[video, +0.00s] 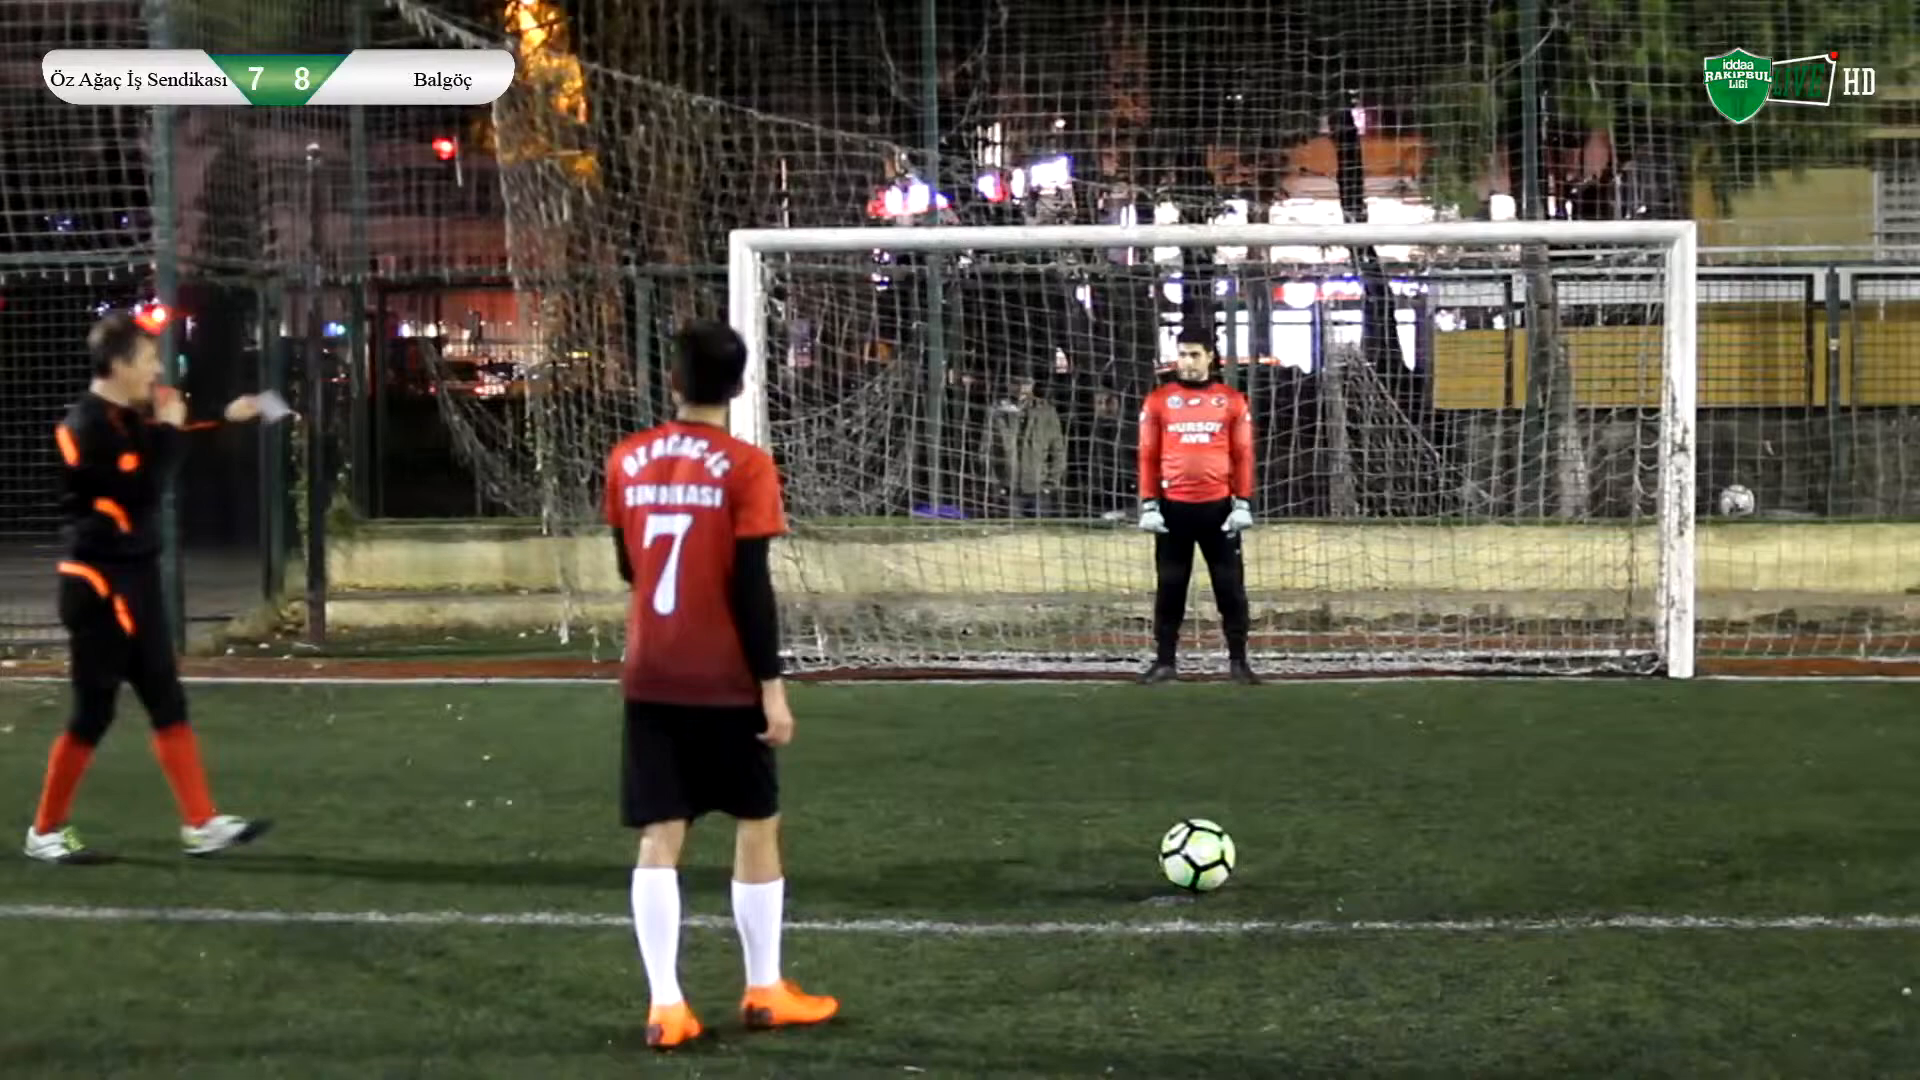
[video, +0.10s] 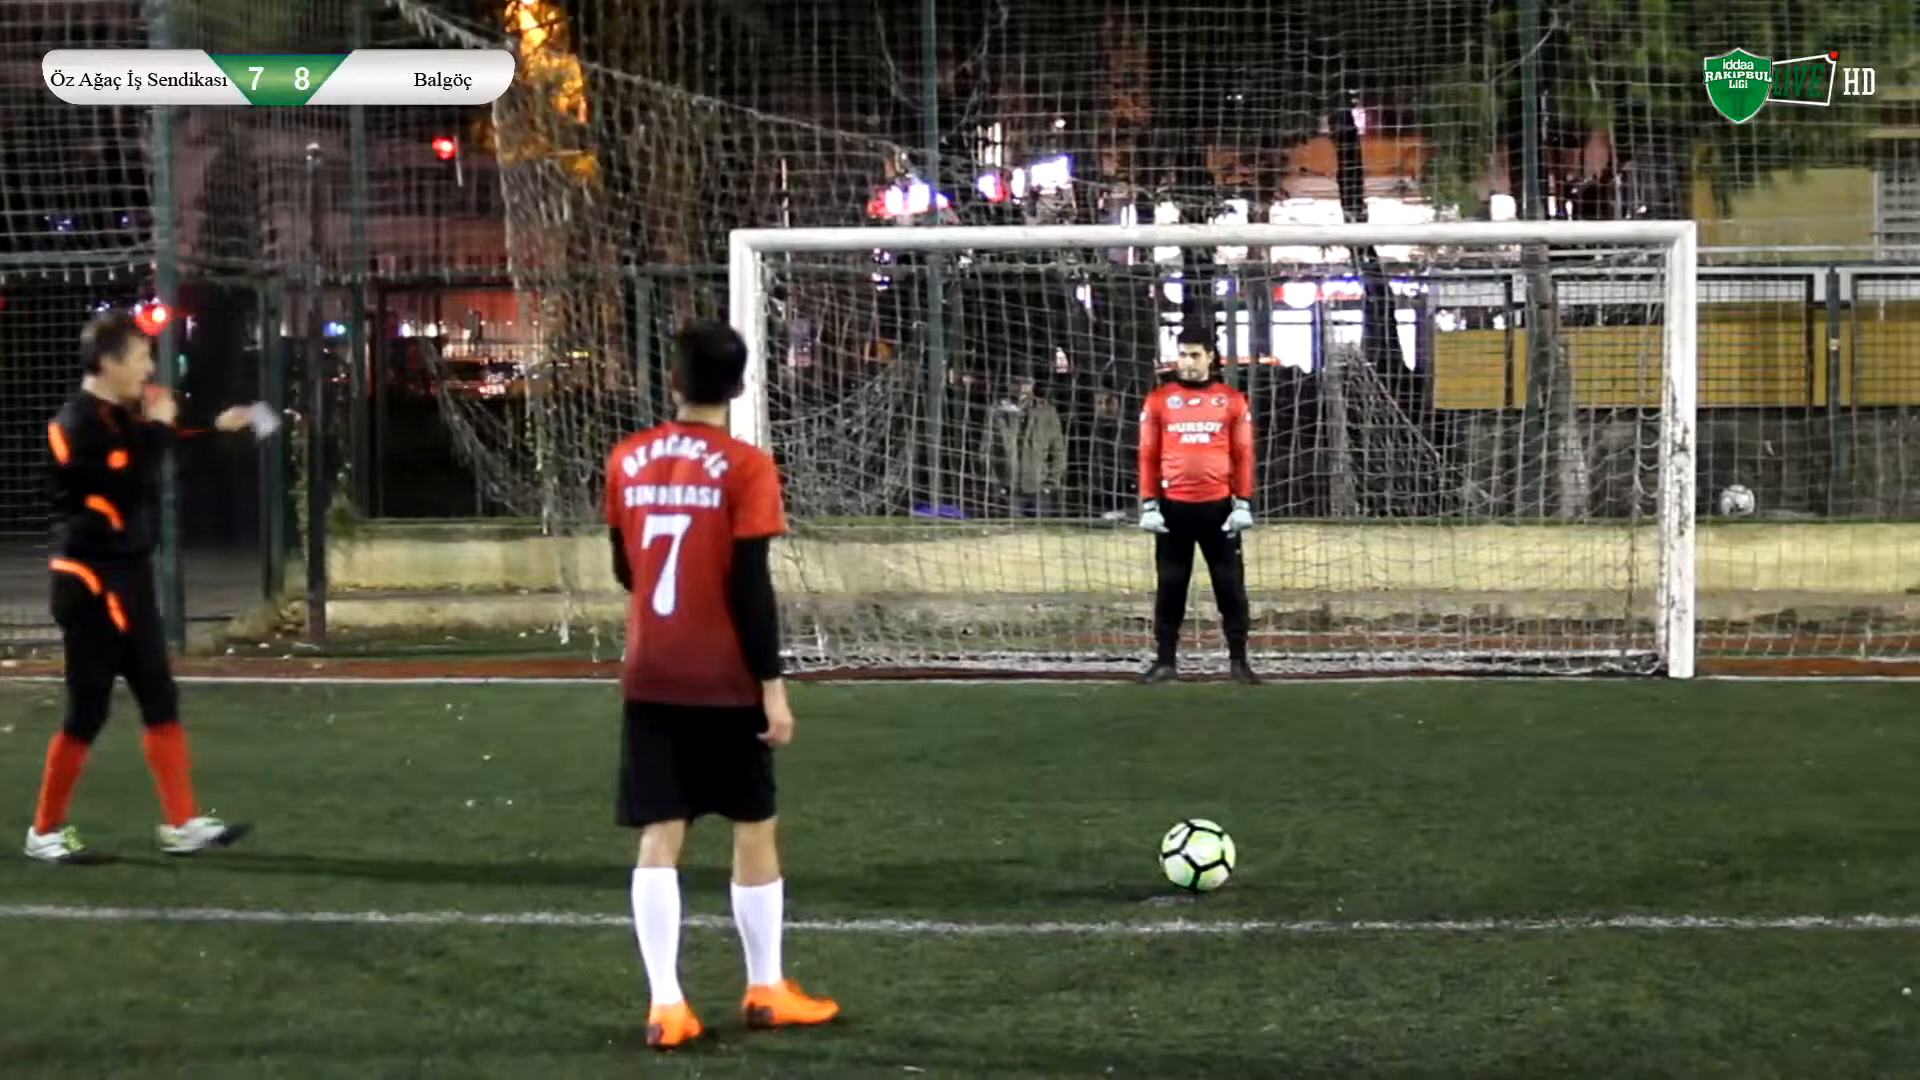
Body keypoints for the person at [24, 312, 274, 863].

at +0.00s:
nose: (156, 372)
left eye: (156, 361)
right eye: (148, 362)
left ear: (124, 366)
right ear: (116, 366)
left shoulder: (132, 418)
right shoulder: (81, 425)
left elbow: (176, 437)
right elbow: (134, 494)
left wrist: (233, 416)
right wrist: (168, 430)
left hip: (136, 579)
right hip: (94, 581)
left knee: (166, 700)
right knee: (94, 709)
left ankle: (201, 822)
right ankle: (45, 830)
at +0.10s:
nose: (149, 370)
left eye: (149, 359)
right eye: (141, 359)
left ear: (120, 364)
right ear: (106, 363)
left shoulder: (125, 417)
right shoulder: (74, 423)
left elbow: (165, 441)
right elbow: (124, 492)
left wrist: (219, 428)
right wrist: (157, 427)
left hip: (129, 576)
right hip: (87, 579)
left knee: (159, 697)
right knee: (88, 707)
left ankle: (182, 822)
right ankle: (45, 830)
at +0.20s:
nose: (121, 365)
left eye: (123, 354)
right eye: (114, 354)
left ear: (94, 357)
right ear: (79, 354)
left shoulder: (108, 412)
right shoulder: (47, 414)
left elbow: (135, 465)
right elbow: (96, 477)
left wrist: (188, 465)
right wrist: (128, 418)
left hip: (109, 566)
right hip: (65, 568)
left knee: (133, 692)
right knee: (70, 698)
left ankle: (109, 813)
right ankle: (45, 831)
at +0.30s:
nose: (103, 364)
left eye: (105, 353)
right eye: (96, 354)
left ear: (89, 354)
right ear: (63, 354)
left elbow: (120, 480)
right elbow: (81, 488)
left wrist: (163, 497)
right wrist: (110, 416)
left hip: (96, 563)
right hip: (51, 566)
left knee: (108, 691)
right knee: (65, 697)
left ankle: (69, 804)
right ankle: (41, 829)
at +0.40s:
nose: (83, 368)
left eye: (85, 358)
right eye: (75, 358)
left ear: (77, 360)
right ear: (44, 357)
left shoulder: (70, 412)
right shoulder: (23, 414)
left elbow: (74, 483)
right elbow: (49, 481)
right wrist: (85, 421)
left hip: (77, 563)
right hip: (38, 564)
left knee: (64, 689)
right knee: (63, 694)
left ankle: (11, 782)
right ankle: (45, 829)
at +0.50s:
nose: (71, 372)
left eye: (74, 362)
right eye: (63, 363)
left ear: (70, 363)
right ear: (30, 363)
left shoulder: (62, 416)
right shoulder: (11, 419)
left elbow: (74, 500)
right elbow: (57, 504)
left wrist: (113, 521)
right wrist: (78, 425)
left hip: (58, 575)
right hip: (24, 577)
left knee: (32, 698)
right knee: (61, 699)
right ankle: (42, 831)